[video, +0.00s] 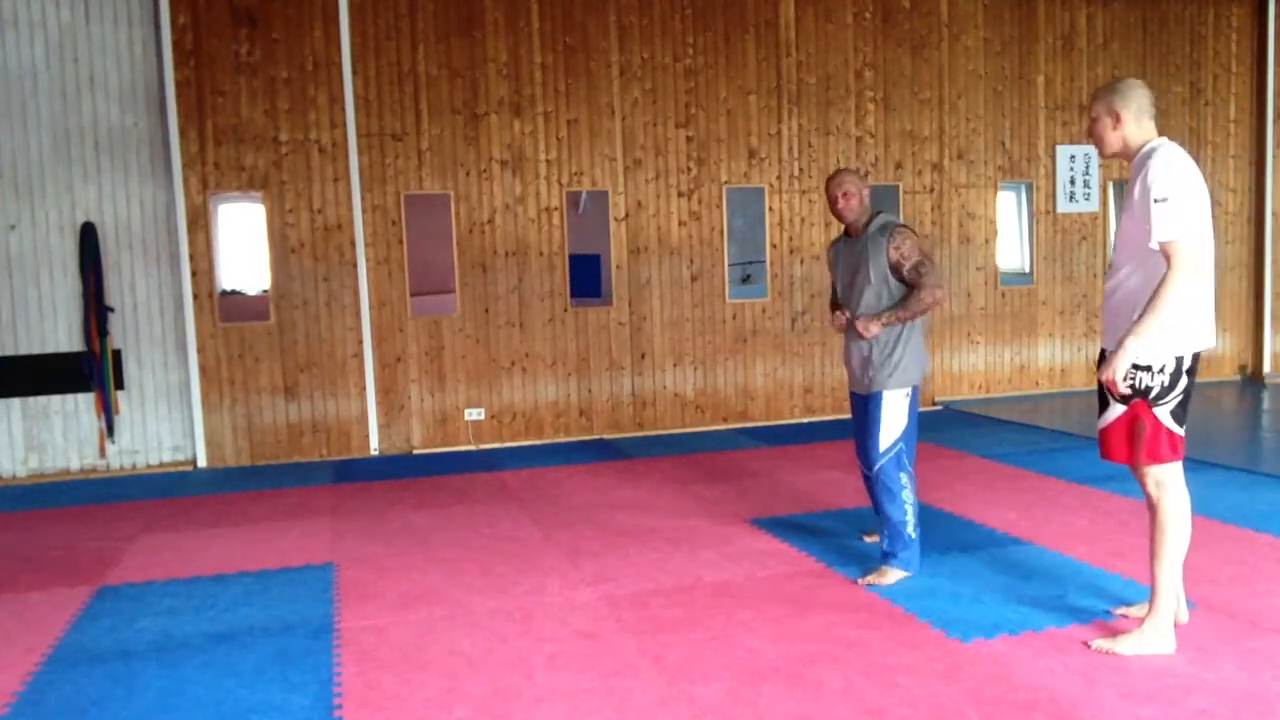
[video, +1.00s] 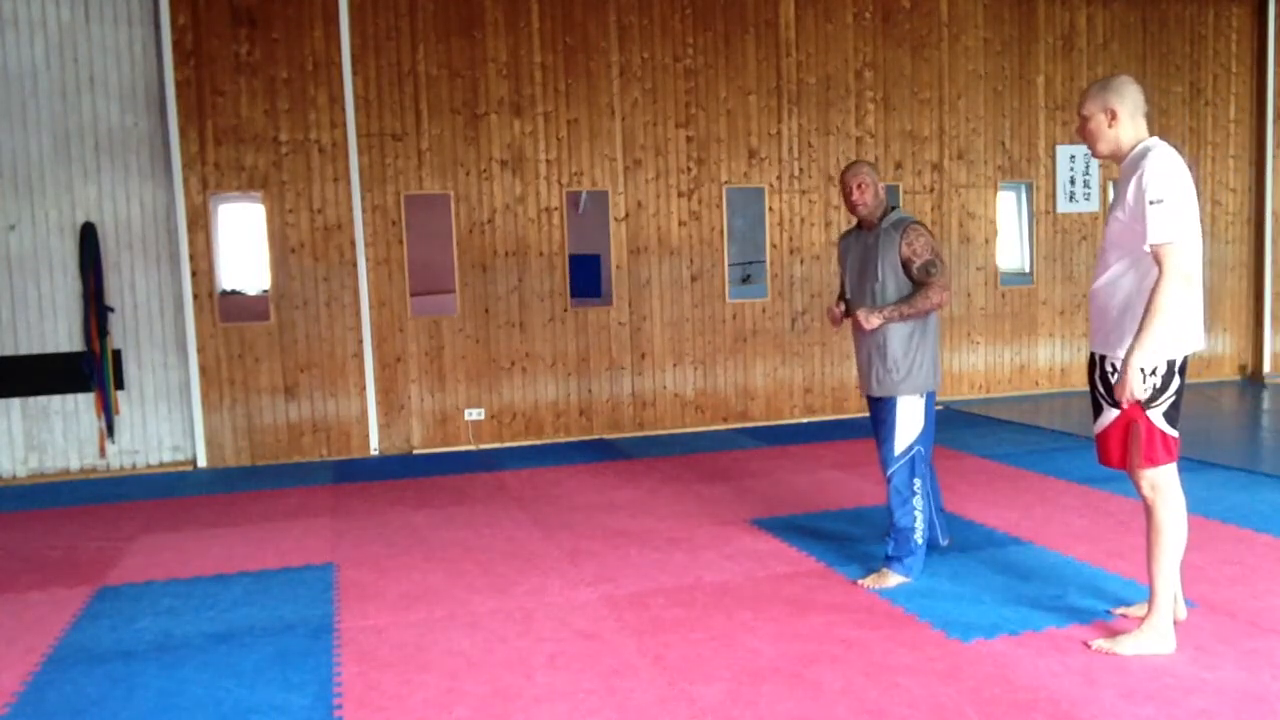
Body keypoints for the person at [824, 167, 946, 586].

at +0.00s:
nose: (842, 203)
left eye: (848, 194)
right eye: (835, 198)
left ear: (866, 194)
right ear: (831, 205)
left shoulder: (893, 236)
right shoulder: (838, 250)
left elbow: (933, 292)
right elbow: (837, 300)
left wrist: (881, 319)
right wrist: (838, 314)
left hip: (896, 372)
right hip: (861, 372)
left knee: (886, 463)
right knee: (872, 459)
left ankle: (904, 557)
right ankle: (896, 527)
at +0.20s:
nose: (836, 201)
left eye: (842, 191)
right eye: (829, 196)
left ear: (863, 191)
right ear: (826, 204)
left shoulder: (889, 237)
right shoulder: (839, 247)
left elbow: (923, 296)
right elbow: (847, 299)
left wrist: (867, 324)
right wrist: (840, 317)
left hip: (899, 378)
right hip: (867, 378)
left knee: (890, 469)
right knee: (873, 460)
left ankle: (904, 563)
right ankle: (896, 526)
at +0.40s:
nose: (837, 198)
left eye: (843, 188)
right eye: (830, 192)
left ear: (864, 187)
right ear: (827, 200)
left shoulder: (892, 233)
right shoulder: (839, 242)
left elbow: (925, 293)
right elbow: (847, 294)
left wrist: (870, 320)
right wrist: (839, 312)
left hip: (904, 377)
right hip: (873, 376)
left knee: (899, 471)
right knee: (884, 461)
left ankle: (906, 564)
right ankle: (903, 530)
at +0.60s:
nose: (844, 196)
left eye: (850, 187)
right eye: (836, 191)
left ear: (870, 187)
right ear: (834, 199)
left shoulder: (899, 234)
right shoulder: (841, 242)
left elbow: (932, 293)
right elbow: (847, 293)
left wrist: (877, 319)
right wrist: (839, 309)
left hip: (905, 378)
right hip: (873, 376)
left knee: (896, 470)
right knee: (902, 461)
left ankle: (904, 563)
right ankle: (927, 529)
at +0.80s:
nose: (849, 196)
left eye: (856, 187)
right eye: (843, 191)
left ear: (876, 188)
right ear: (839, 198)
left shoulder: (904, 235)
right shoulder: (844, 244)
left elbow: (935, 293)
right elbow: (845, 292)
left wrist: (881, 317)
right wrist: (838, 308)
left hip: (908, 377)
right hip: (875, 377)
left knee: (898, 469)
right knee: (906, 461)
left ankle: (904, 563)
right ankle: (931, 531)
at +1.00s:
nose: (855, 195)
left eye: (862, 186)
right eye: (848, 190)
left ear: (880, 188)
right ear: (844, 197)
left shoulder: (908, 233)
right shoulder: (848, 243)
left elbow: (939, 291)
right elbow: (849, 294)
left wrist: (883, 314)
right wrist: (841, 307)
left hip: (909, 375)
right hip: (876, 375)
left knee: (901, 469)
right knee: (905, 461)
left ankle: (904, 562)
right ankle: (933, 532)